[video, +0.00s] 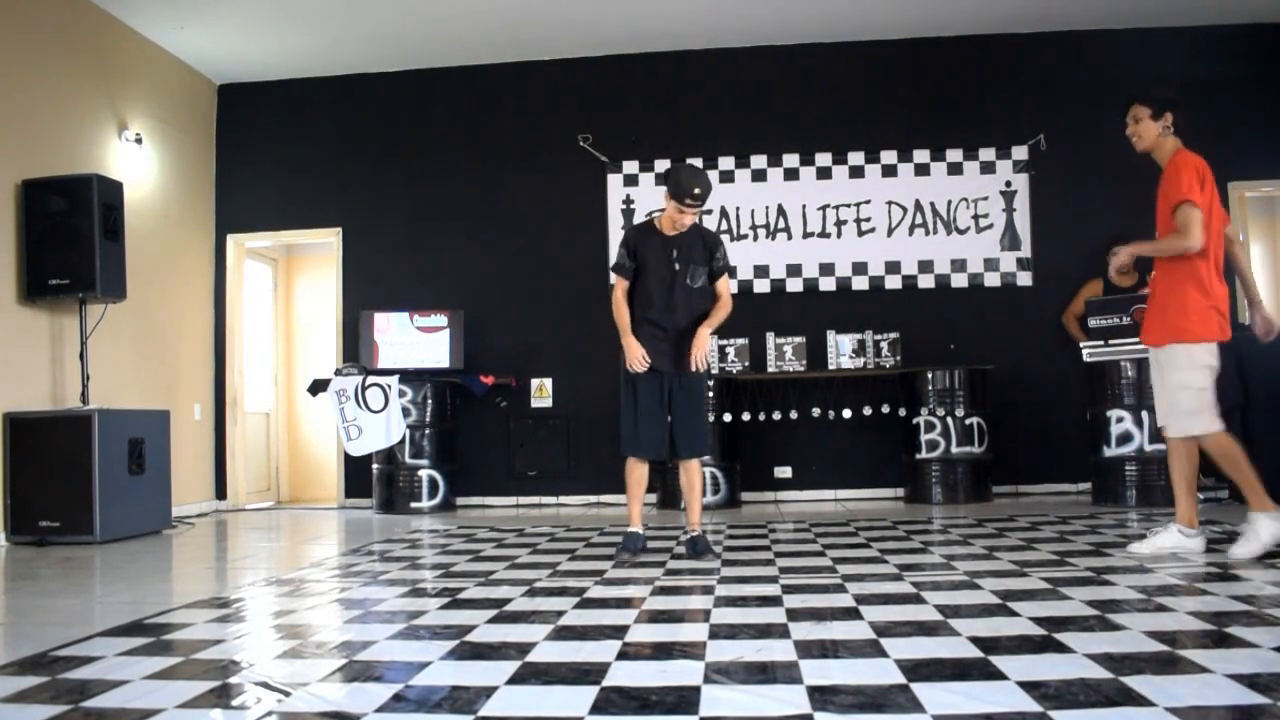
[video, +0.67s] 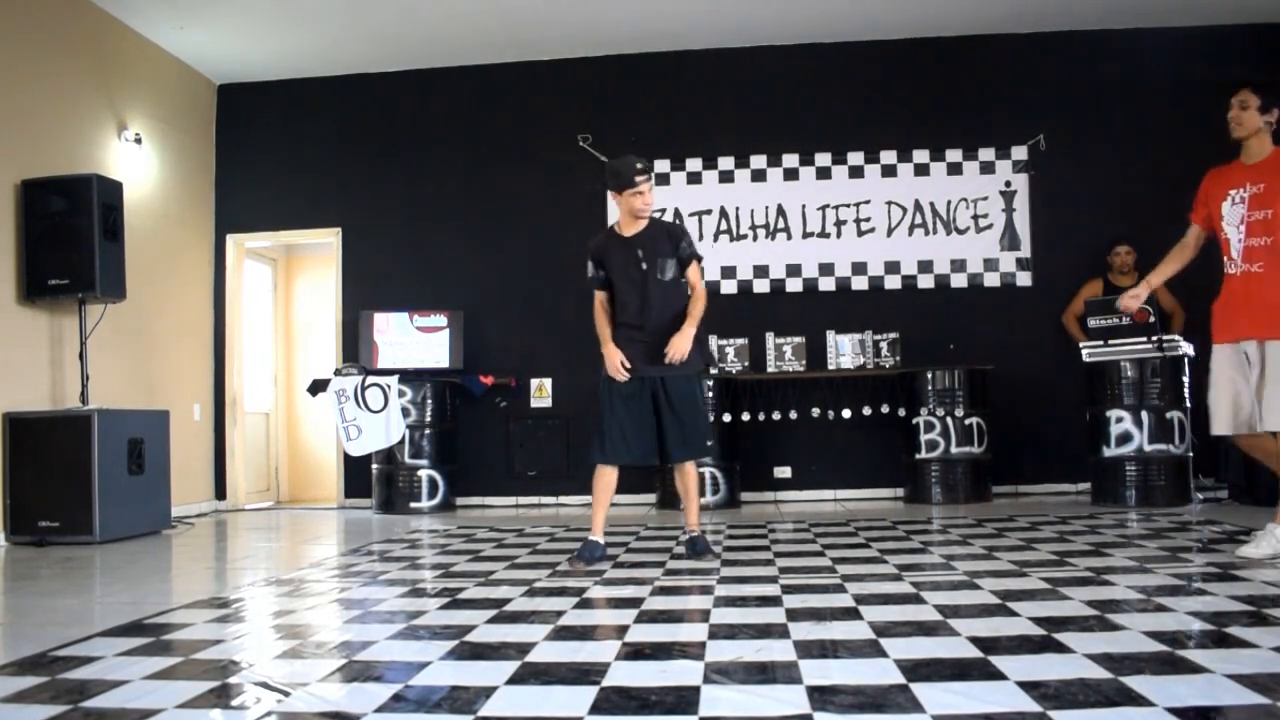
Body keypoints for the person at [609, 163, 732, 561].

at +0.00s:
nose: (688, 219)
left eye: (696, 212)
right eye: (682, 211)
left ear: (703, 207)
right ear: (666, 198)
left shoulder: (708, 241)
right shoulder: (637, 237)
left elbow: (725, 299)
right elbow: (619, 294)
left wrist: (705, 330)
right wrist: (628, 340)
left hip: (689, 358)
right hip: (644, 357)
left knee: (690, 447)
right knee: (639, 446)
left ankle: (695, 532)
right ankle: (634, 530)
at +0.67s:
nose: (646, 199)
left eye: (649, 191)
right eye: (636, 193)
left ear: (653, 192)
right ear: (615, 196)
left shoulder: (673, 235)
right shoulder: (601, 247)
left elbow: (699, 290)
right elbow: (601, 303)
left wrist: (687, 332)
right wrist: (607, 346)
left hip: (675, 363)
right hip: (625, 365)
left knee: (684, 449)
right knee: (609, 450)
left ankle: (694, 532)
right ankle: (595, 538)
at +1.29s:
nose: (599, 191)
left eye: (601, 184)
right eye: (590, 185)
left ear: (603, 188)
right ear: (567, 192)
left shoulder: (623, 229)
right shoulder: (551, 248)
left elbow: (642, 287)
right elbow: (540, 310)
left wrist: (648, 332)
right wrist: (549, 352)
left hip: (630, 362)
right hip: (581, 368)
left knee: (648, 452)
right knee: (588, 458)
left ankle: (659, 538)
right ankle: (594, 541)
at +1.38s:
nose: (599, 190)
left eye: (601, 183)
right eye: (590, 184)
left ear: (603, 187)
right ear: (567, 191)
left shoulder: (623, 230)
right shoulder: (552, 249)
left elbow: (643, 288)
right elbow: (541, 309)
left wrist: (648, 332)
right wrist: (549, 352)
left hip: (630, 362)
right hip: (581, 368)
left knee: (647, 452)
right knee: (588, 458)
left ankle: (660, 538)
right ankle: (594, 541)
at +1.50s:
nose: (599, 191)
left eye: (601, 184)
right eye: (590, 185)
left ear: (603, 188)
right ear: (567, 191)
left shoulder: (621, 235)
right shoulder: (547, 245)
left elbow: (643, 292)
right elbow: (543, 305)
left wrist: (650, 340)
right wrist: (554, 346)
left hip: (631, 364)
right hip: (581, 369)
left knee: (646, 454)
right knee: (589, 459)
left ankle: (660, 538)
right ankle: (595, 541)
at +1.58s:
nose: (599, 190)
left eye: (601, 183)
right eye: (590, 184)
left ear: (603, 187)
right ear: (566, 189)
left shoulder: (621, 232)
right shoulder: (547, 244)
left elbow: (642, 289)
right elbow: (543, 304)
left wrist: (648, 337)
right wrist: (557, 343)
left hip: (631, 362)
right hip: (583, 368)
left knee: (647, 452)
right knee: (589, 457)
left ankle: (660, 537)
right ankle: (595, 540)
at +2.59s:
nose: (652, 214)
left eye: (660, 207)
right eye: (646, 206)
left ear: (671, 198)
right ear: (631, 193)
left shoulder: (682, 231)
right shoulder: (606, 231)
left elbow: (692, 289)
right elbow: (594, 289)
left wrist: (687, 332)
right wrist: (603, 333)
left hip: (670, 357)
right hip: (620, 357)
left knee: (682, 444)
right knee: (613, 444)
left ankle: (689, 531)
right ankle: (609, 528)